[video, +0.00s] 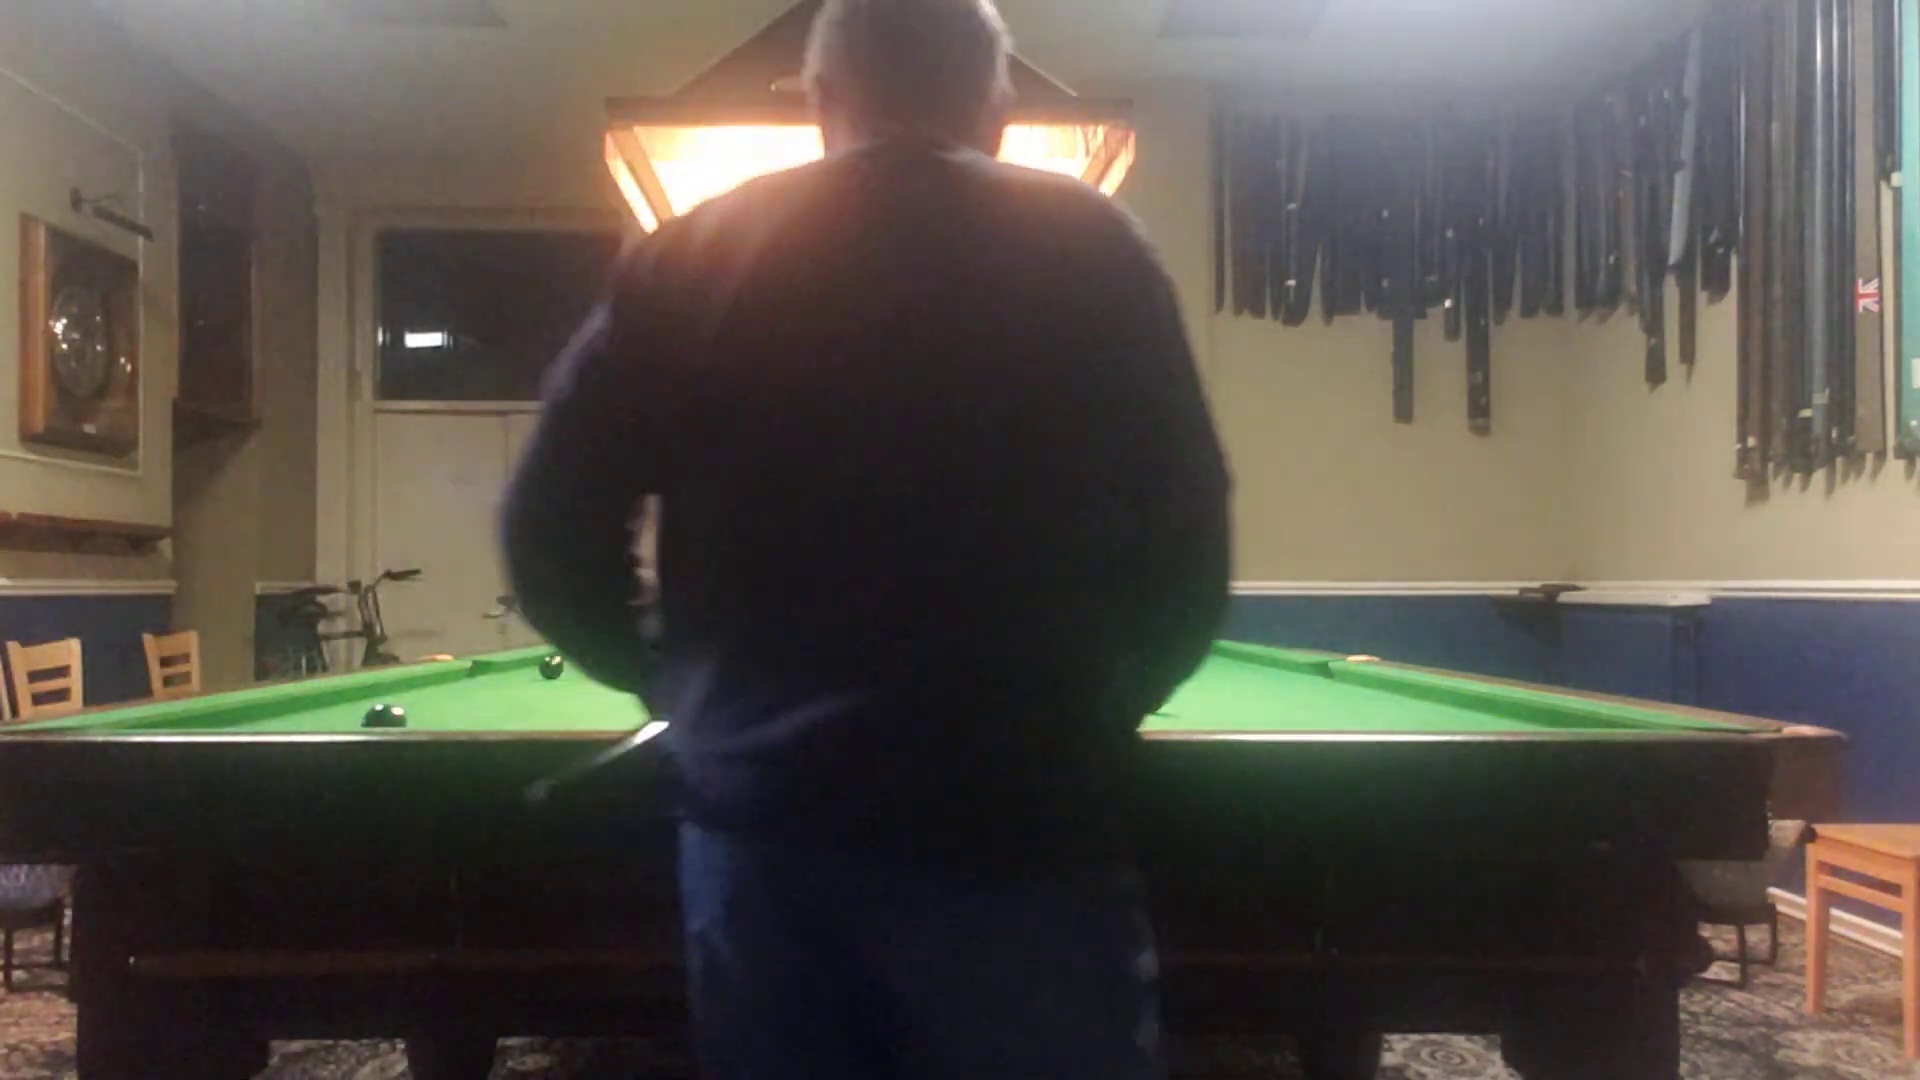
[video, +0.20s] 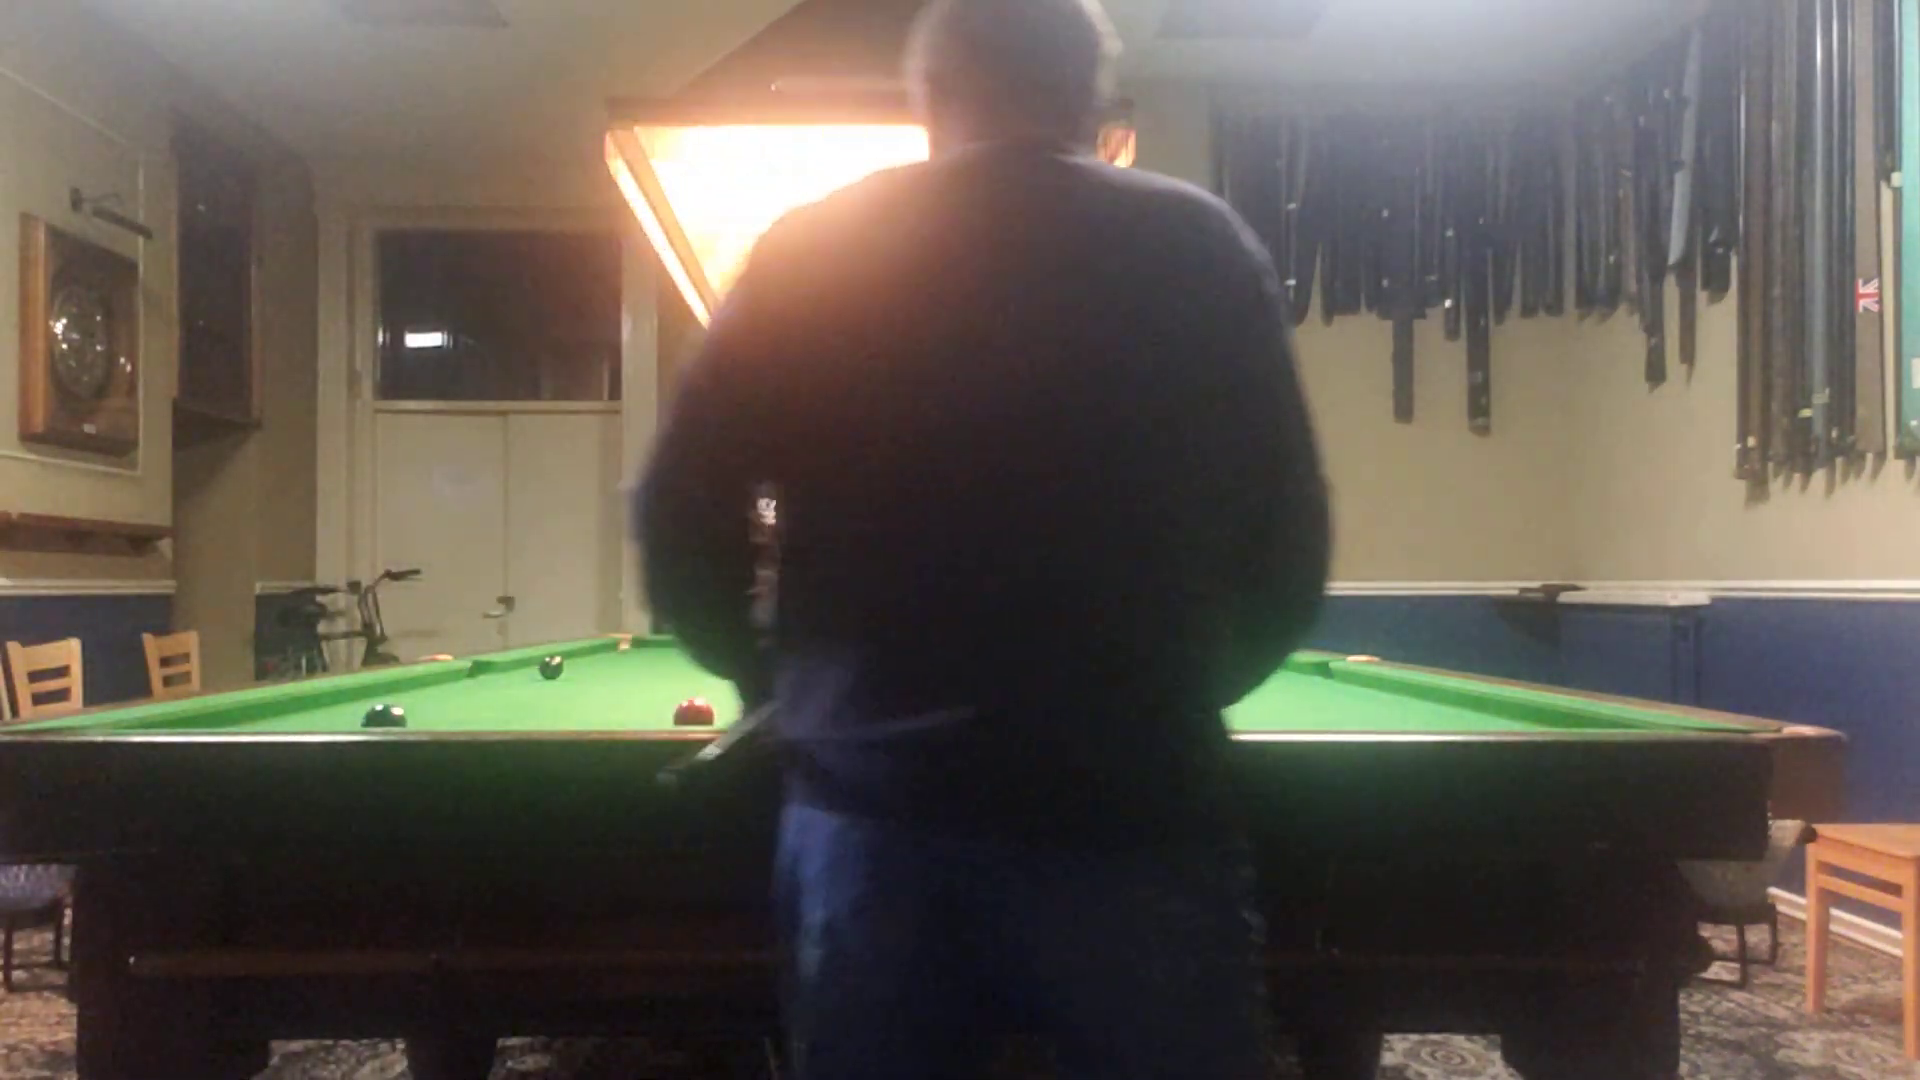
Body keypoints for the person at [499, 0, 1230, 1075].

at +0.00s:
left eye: (816, 98)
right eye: (1006, 93)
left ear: (817, 100)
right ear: (998, 103)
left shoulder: (695, 256)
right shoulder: (1094, 249)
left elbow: (550, 536)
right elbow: (1187, 573)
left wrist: (683, 685)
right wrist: (1076, 708)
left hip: (760, 834)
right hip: (1027, 831)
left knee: (779, 1070)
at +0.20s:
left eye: (931, 98)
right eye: (1104, 99)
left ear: (927, 101)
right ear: (1094, 105)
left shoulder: (814, 246)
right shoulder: (1198, 242)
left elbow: (679, 508)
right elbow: (1286, 566)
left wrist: (772, 673)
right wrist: (1152, 691)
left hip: (869, 820)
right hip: (1136, 820)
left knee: (869, 1070)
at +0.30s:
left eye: (999, 106)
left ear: (993, 107)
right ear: (1153, 108)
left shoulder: (901, 250)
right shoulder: (1266, 255)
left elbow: (764, 548)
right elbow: (1340, 575)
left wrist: (837, 686)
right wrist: (1222, 704)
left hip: (950, 836)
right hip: (1208, 836)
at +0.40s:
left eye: (1070, 106)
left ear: (1071, 108)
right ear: (1230, 111)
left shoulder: (1000, 240)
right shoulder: (1344, 260)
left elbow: (876, 521)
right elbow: (1389, 556)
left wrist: (895, 685)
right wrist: (1313, 711)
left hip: (1045, 822)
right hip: (1293, 821)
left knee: (1021, 1068)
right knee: (1293, 1072)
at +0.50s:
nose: (1100, 124)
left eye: (1104, 103)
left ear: (1128, 100)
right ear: (1286, 106)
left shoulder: (1079, 228)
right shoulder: (1400, 250)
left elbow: (987, 491)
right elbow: (1419, 503)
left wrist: (958, 691)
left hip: (1143, 786)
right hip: (1383, 785)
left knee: (1086, 1062)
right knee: (1376, 1068)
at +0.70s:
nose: (1144, 131)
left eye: (1147, 106)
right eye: (1144, 109)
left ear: (1179, 96)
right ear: (1334, 95)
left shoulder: (1172, 216)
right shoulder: (1448, 237)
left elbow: (1128, 483)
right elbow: (1505, 526)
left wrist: (1060, 702)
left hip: (1267, 790)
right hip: (1494, 784)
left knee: (1230, 1056)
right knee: (1452, 1062)